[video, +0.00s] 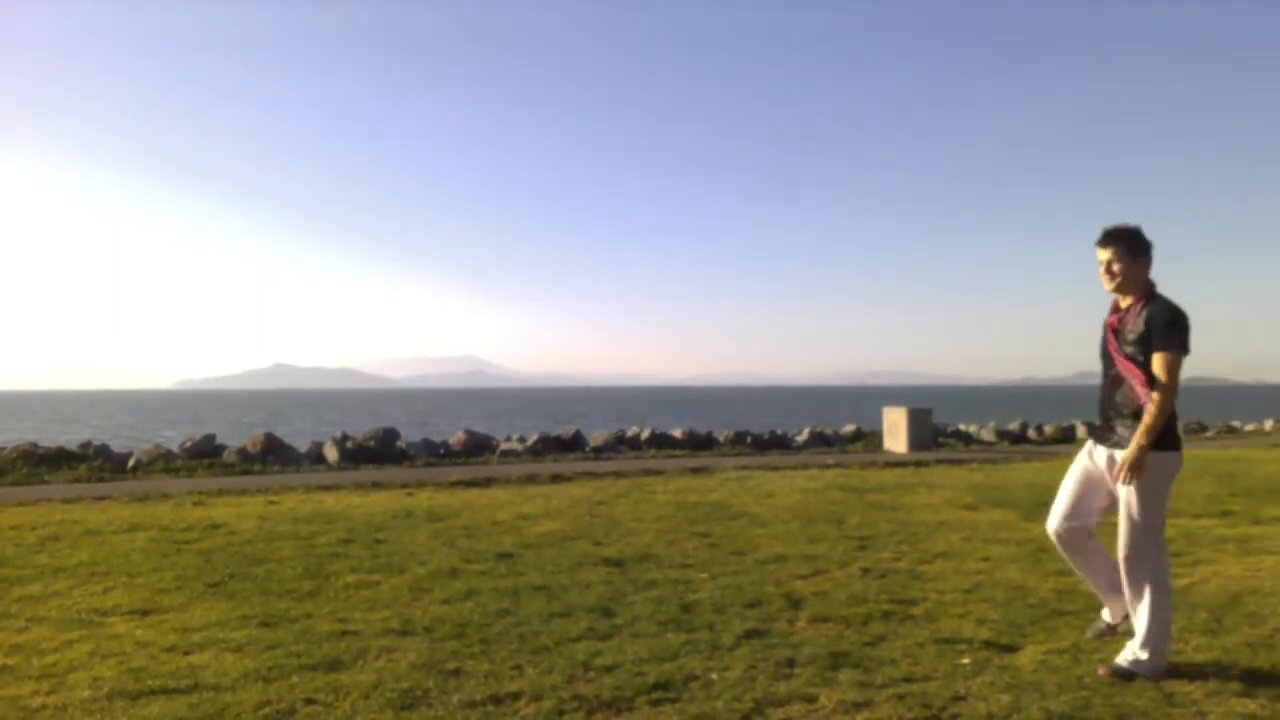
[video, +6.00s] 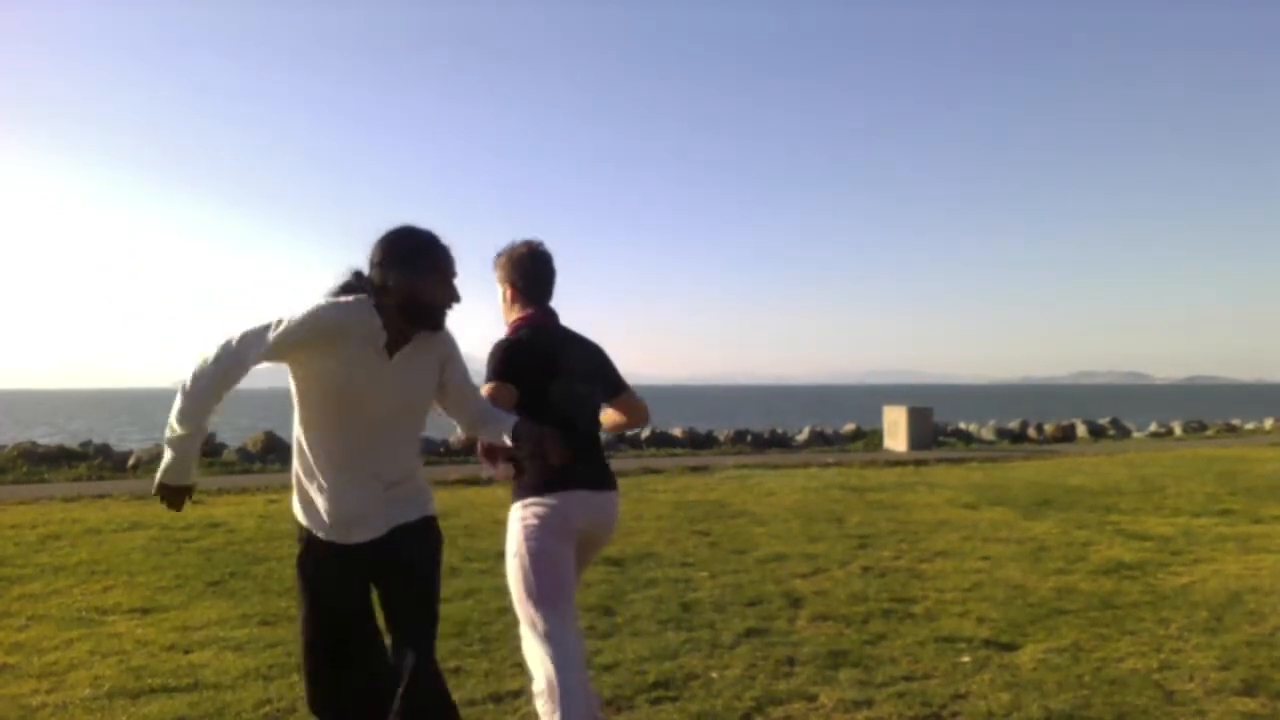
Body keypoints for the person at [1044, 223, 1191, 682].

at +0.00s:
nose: (1106, 271)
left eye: (1115, 263)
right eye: (1102, 264)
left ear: (1143, 262)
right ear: (1101, 268)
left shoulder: (1164, 316)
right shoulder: (1116, 314)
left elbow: (1165, 391)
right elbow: (1120, 380)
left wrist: (1137, 447)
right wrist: (1106, 432)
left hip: (1146, 450)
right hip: (1103, 443)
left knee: (1140, 553)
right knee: (1064, 526)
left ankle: (1148, 653)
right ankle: (1120, 605)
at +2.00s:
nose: (720, 258)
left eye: (728, 249)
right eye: (717, 251)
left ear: (761, 248)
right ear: (724, 254)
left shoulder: (781, 307)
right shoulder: (737, 310)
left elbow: (770, 391)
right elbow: (742, 390)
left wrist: (713, 449)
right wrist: (726, 451)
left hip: (771, 471)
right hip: (724, 466)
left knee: (773, 592)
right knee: (679, 581)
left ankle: (795, 704)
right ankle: (630, 699)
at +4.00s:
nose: (576, 224)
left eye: (588, 215)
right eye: (577, 214)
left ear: (627, 225)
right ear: (588, 221)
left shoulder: (651, 302)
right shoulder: (571, 278)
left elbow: (734, 383)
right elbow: (492, 290)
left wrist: (709, 446)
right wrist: (458, 322)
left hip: (610, 467)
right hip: (569, 463)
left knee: (515, 581)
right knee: (587, 614)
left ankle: (504, 713)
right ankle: (624, 714)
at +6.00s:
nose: (498, 296)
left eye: (499, 288)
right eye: (500, 288)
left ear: (508, 291)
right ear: (549, 288)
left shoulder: (512, 348)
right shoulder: (585, 349)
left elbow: (495, 408)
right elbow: (633, 413)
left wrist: (486, 439)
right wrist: (585, 425)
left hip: (542, 503)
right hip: (600, 499)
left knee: (544, 632)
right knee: (550, 616)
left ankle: (570, 712)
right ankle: (575, 705)